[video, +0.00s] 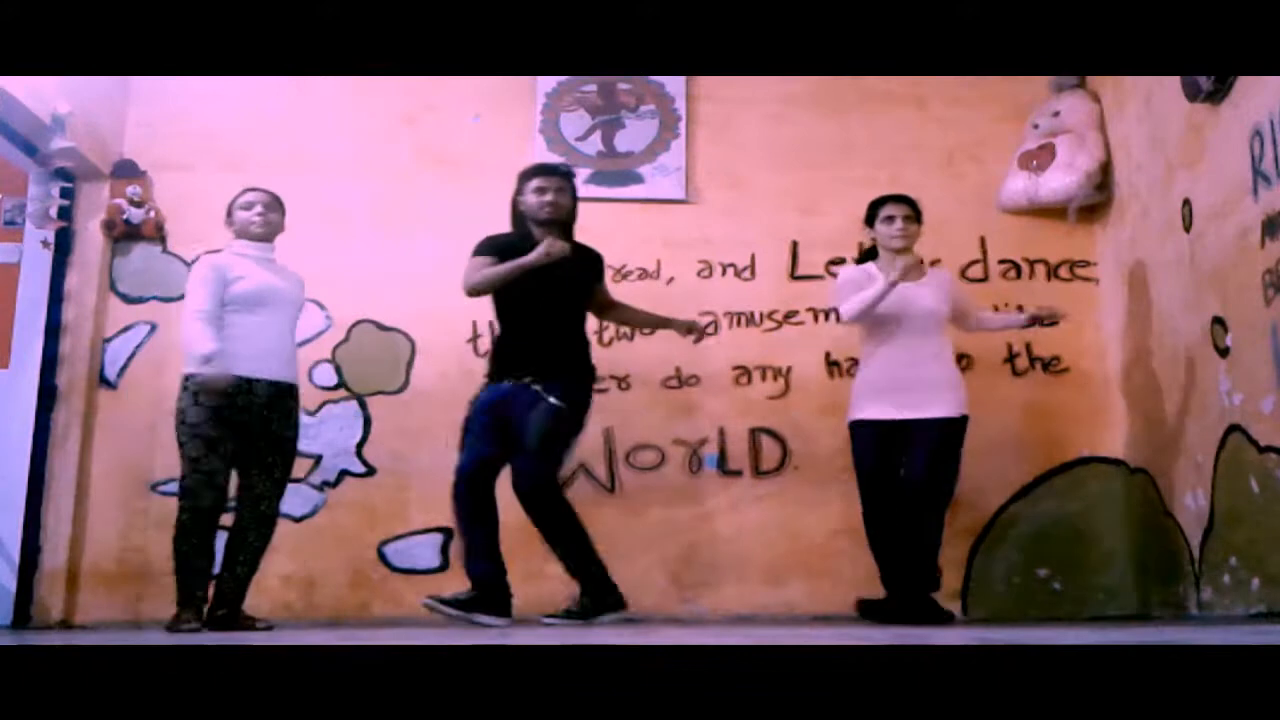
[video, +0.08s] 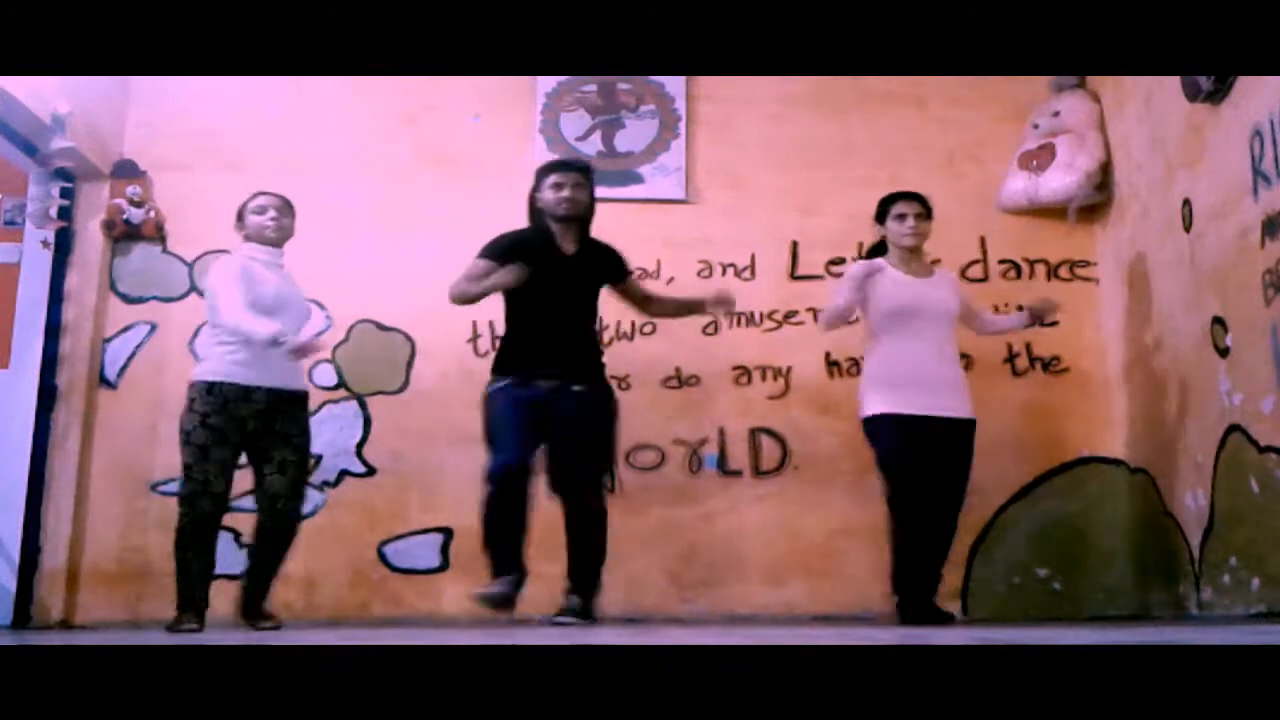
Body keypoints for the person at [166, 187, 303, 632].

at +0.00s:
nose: (260, 212)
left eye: (270, 208)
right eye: (248, 206)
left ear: (282, 225)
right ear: (229, 221)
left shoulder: (293, 281)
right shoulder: (214, 263)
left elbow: (284, 340)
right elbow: (198, 319)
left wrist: (286, 390)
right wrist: (207, 364)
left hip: (276, 400)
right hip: (216, 392)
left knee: (261, 509)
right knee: (202, 500)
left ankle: (228, 607)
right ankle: (190, 607)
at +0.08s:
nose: (273, 217)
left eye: (282, 213)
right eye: (260, 211)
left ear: (292, 229)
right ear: (241, 225)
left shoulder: (293, 289)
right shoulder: (228, 266)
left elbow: (294, 337)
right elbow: (230, 317)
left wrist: (306, 345)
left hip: (283, 399)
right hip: (222, 394)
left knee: (283, 506)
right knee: (202, 501)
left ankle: (253, 603)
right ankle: (191, 608)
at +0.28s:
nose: (303, 212)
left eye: (311, 206)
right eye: (290, 207)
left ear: (321, 220)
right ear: (271, 221)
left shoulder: (306, 268)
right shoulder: (275, 254)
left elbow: (306, 331)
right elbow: (266, 304)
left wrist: (323, 375)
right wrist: (283, 356)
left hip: (308, 390)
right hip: (266, 385)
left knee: (332, 492)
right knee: (267, 489)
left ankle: (308, 604)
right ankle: (188, 591)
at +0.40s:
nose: (323, 215)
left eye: (330, 210)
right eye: (309, 210)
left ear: (339, 224)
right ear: (290, 225)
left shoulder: (326, 274)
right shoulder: (297, 259)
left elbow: (335, 356)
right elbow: (259, 315)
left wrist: (384, 392)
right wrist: (255, 376)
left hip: (324, 397)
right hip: (300, 395)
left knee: (344, 492)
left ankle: (311, 605)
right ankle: (235, 574)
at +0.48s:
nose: (329, 207)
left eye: (336, 202)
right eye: (316, 202)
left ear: (346, 216)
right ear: (296, 217)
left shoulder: (331, 267)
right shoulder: (302, 254)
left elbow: (338, 344)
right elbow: (262, 310)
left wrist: (382, 383)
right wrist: (257, 370)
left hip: (329, 384)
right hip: (309, 382)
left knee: (340, 487)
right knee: (347, 483)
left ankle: (312, 600)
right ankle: (286, 592)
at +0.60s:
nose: (388, 233)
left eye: (395, 228)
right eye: (378, 228)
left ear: (402, 240)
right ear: (361, 240)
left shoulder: (387, 278)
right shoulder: (366, 268)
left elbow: (391, 343)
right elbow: (344, 320)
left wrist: (411, 393)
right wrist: (342, 375)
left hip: (394, 381)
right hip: (375, 379)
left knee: (408, 467)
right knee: (374, 467)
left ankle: (372, 558)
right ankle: (346, 560)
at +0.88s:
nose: (390, 236)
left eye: (396, 231)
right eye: (379, 231)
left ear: (404, 242)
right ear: (361, 243)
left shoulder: (386, 278)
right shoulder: (368, 273)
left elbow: (386, 335)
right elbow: (353, 323)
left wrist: (410, 370)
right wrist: (394, 365)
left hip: (377, 381)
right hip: (372, 380)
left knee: (394, 470)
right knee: (442, 449)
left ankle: (371, 563)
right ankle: (363, 520)